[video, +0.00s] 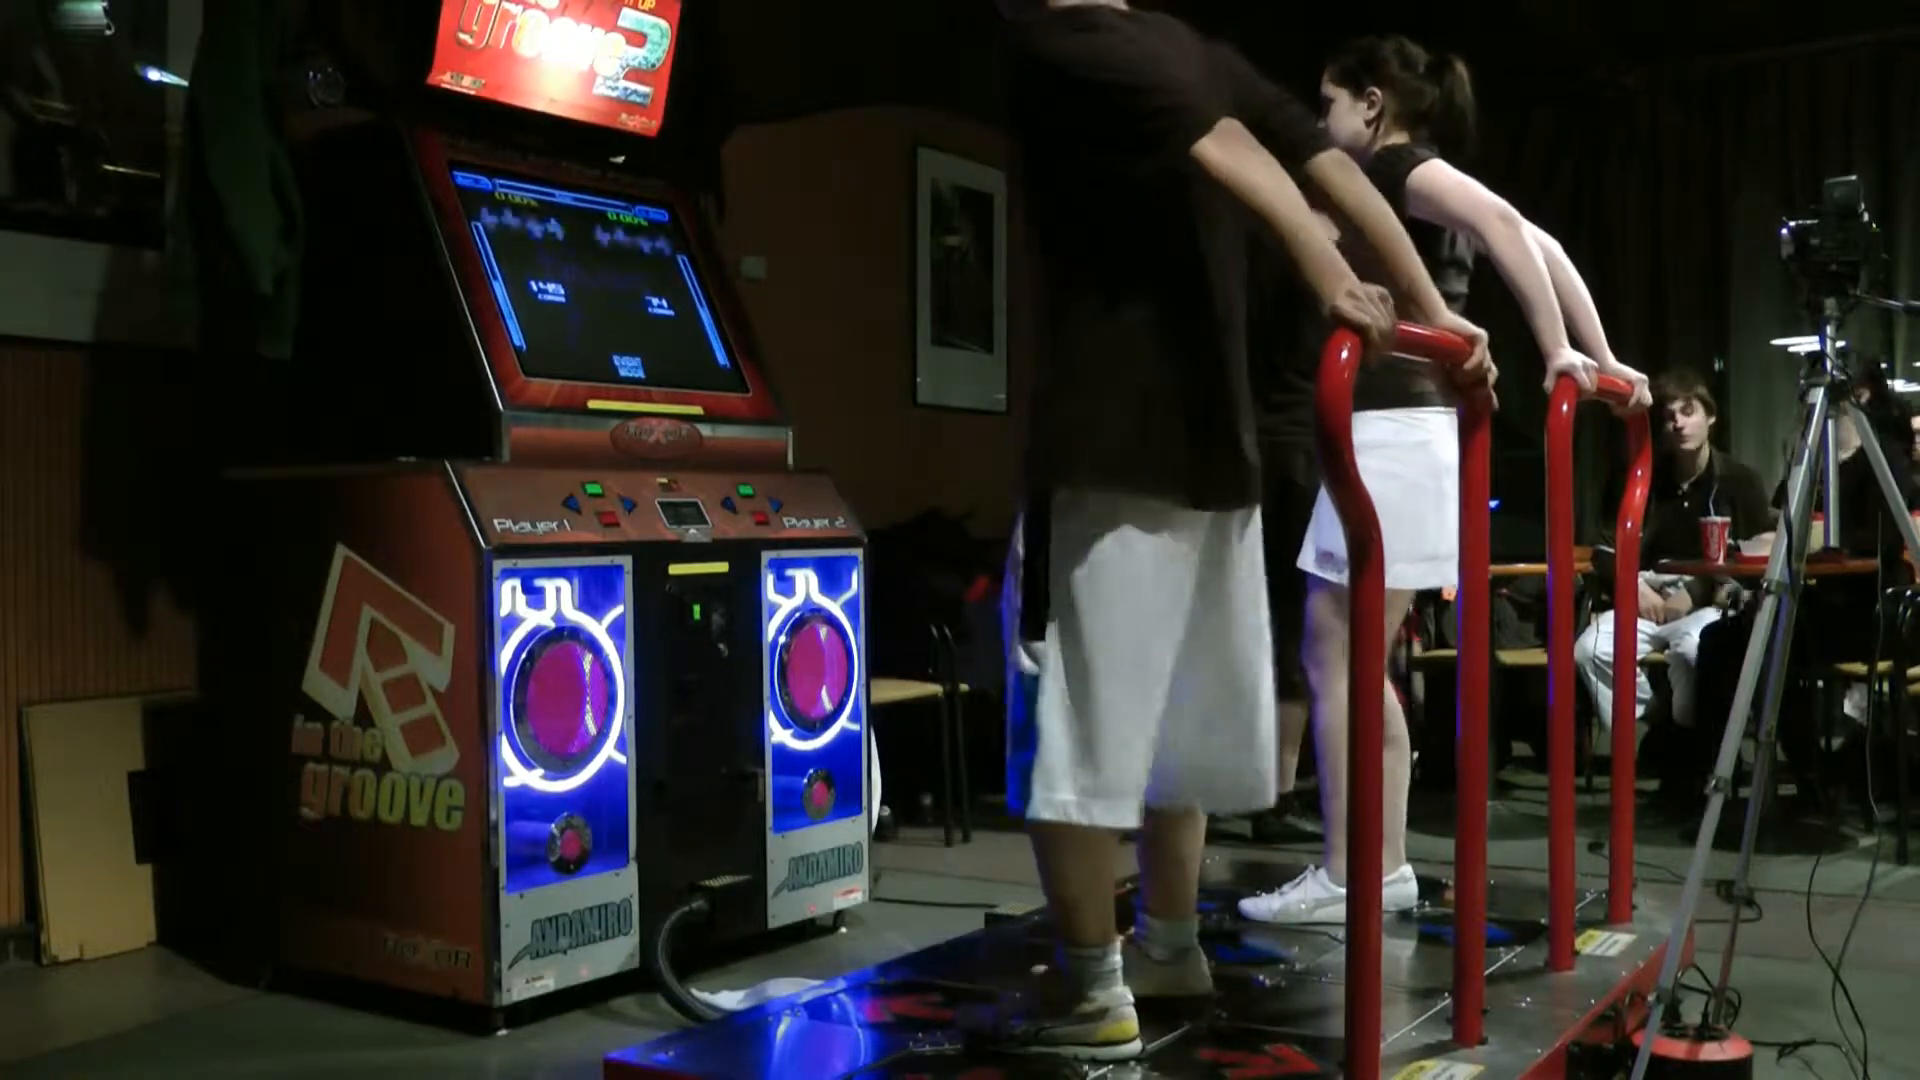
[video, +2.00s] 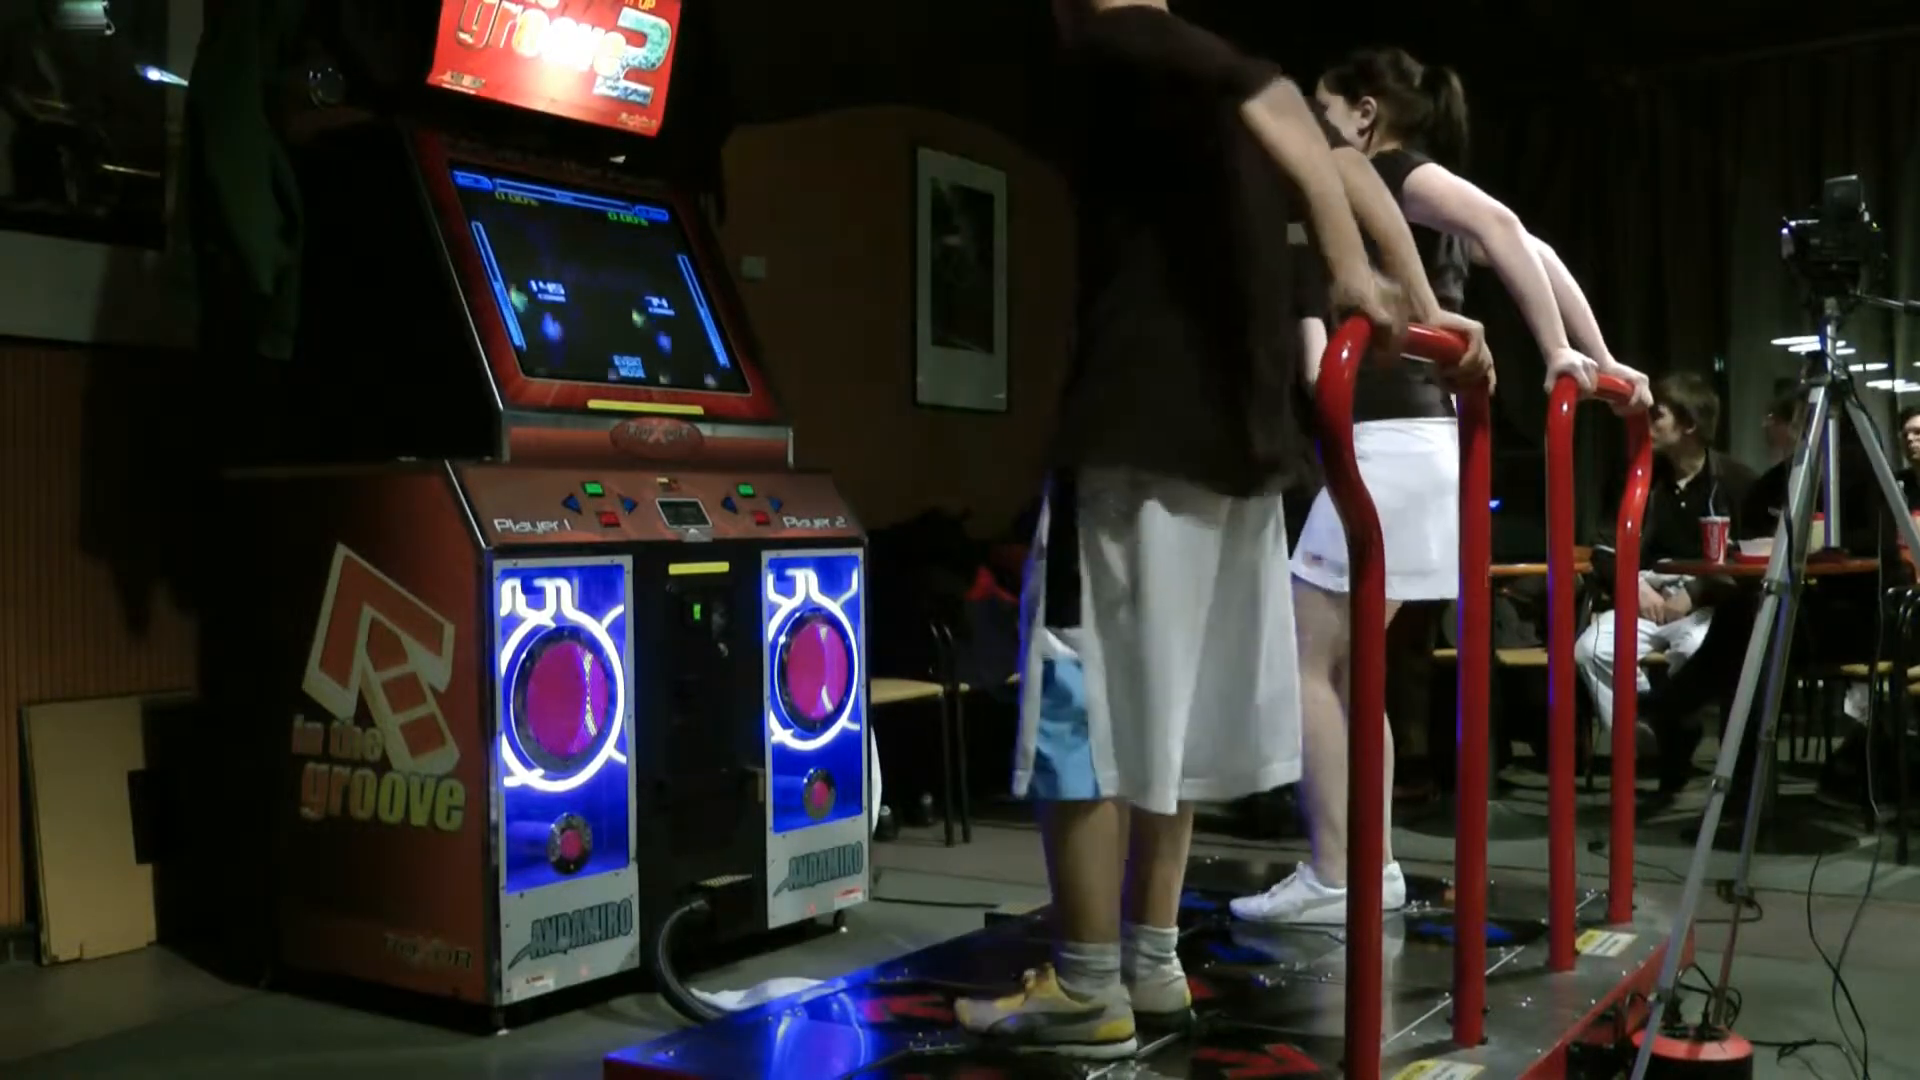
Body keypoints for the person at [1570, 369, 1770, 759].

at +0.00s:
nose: (1678, 423)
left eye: (1688, 412)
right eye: (1668, 415)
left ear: (1710, 419)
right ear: (1659, 425)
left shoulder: (1739, 481)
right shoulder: (1646, 478)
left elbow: (1755, 564)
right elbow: (1607, 550)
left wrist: (1694, 595)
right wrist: (1635, 586)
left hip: (1709, 605)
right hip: (1648, 604)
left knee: (1689, 651)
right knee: (1593, 648)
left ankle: (1684, 740)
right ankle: (1650, 740)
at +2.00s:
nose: (1650, 425)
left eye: (1659, 418)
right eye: (1651, 417)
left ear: (1690, 425)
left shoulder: (1734, 479)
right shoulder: (1645, 474)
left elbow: (1747, 560)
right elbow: (1607, 546)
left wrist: (1692, 595)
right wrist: (1634, 587)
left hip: (1702, 603)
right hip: (1644, 598)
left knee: (1697, 652)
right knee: (1595, 648)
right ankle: (1646, 750)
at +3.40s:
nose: (1662, 431)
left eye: (1674, 421)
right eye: (1657, 421)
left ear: (1702, 424)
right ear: (1650, 425)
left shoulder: (1734, 481)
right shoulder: (1642, 476)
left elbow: (1747, 565)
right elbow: (1607, 549)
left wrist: (1692, 599)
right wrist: (1635, 586)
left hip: (1706, 606)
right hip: (1648, 602)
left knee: (1689, 652)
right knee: (1593, 648)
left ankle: (1689, 742)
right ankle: (1651, 734)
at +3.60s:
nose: (1662, 433)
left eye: (1673, 422)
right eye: (1657, 423)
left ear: (1702, 424)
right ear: (1650, 426)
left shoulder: (1737, 482)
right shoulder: (1644, 478)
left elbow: (1748, 561)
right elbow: (1606, 547)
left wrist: (1692, 594)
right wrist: (1634, 588)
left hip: (1706, 602)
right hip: (1646, 598)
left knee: (1689, 651)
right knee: (1594, 649)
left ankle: (1692, 754)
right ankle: (1645, 750)